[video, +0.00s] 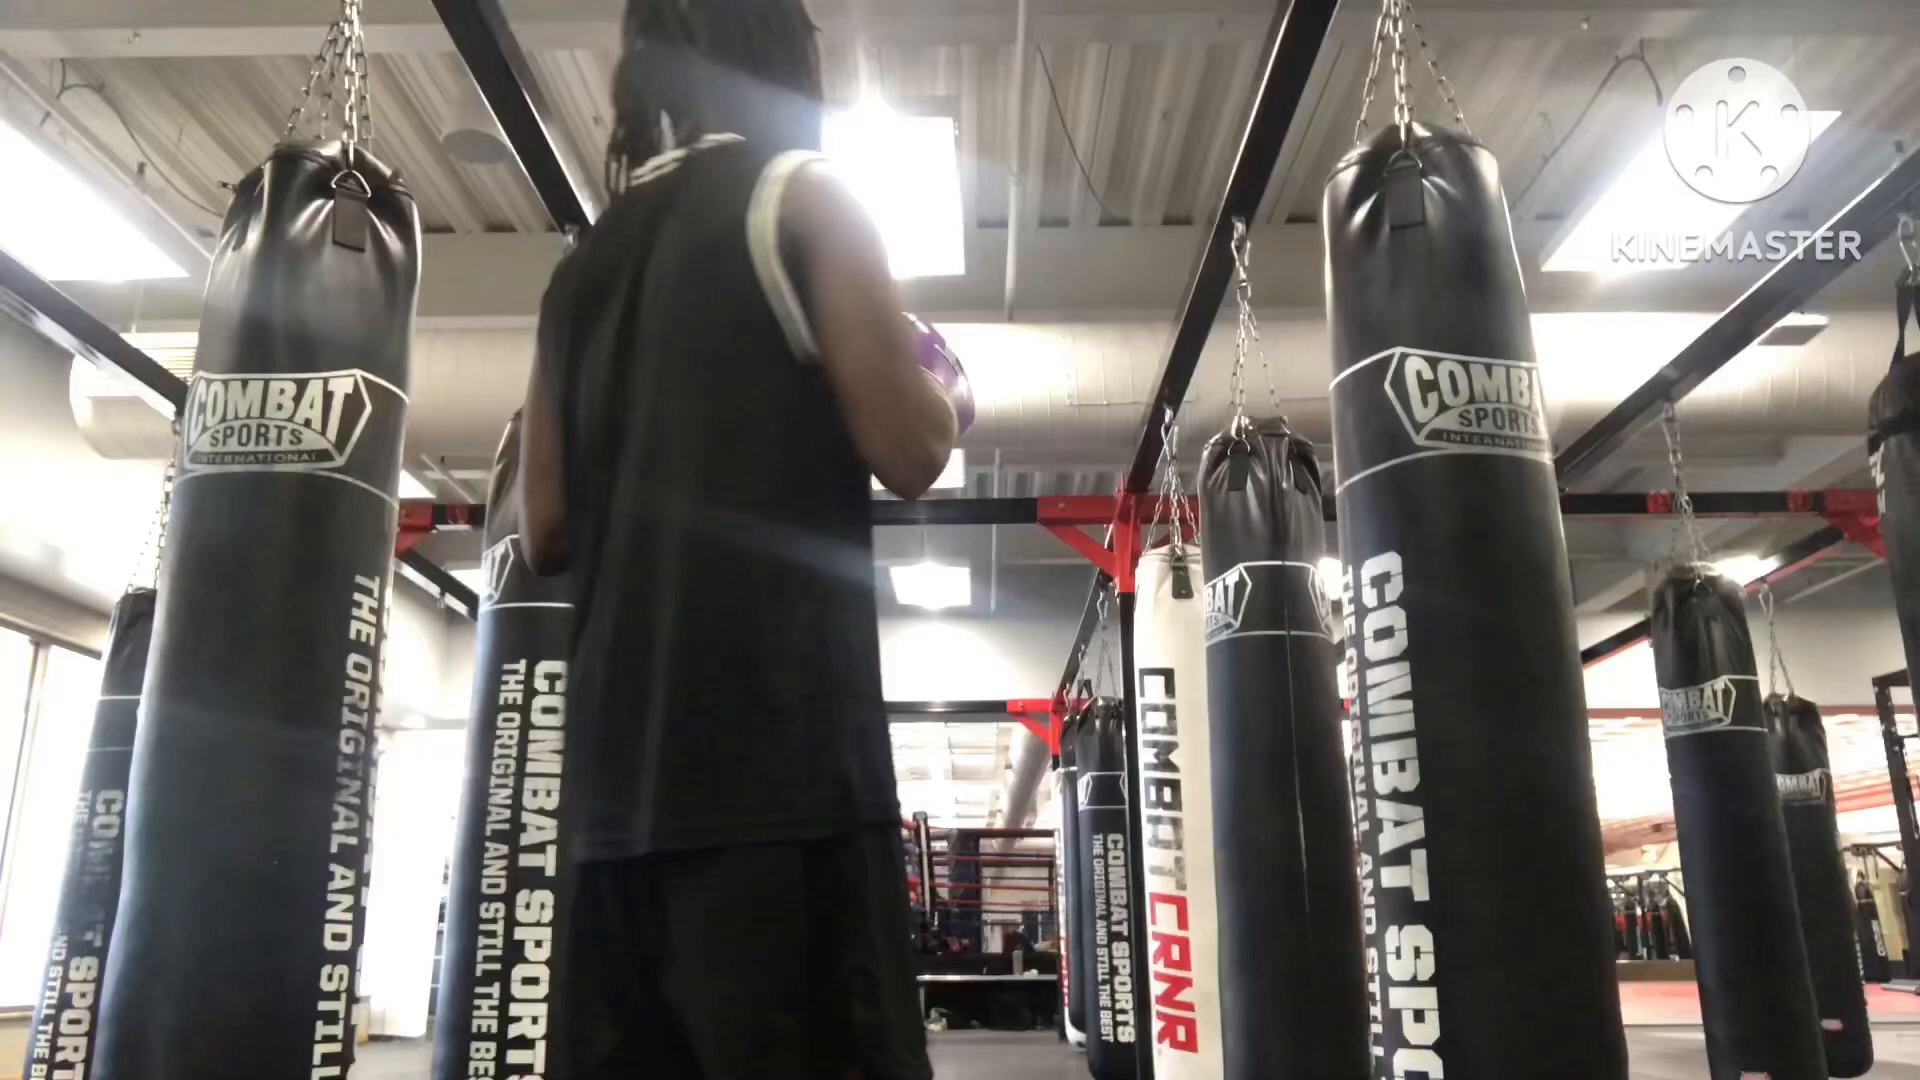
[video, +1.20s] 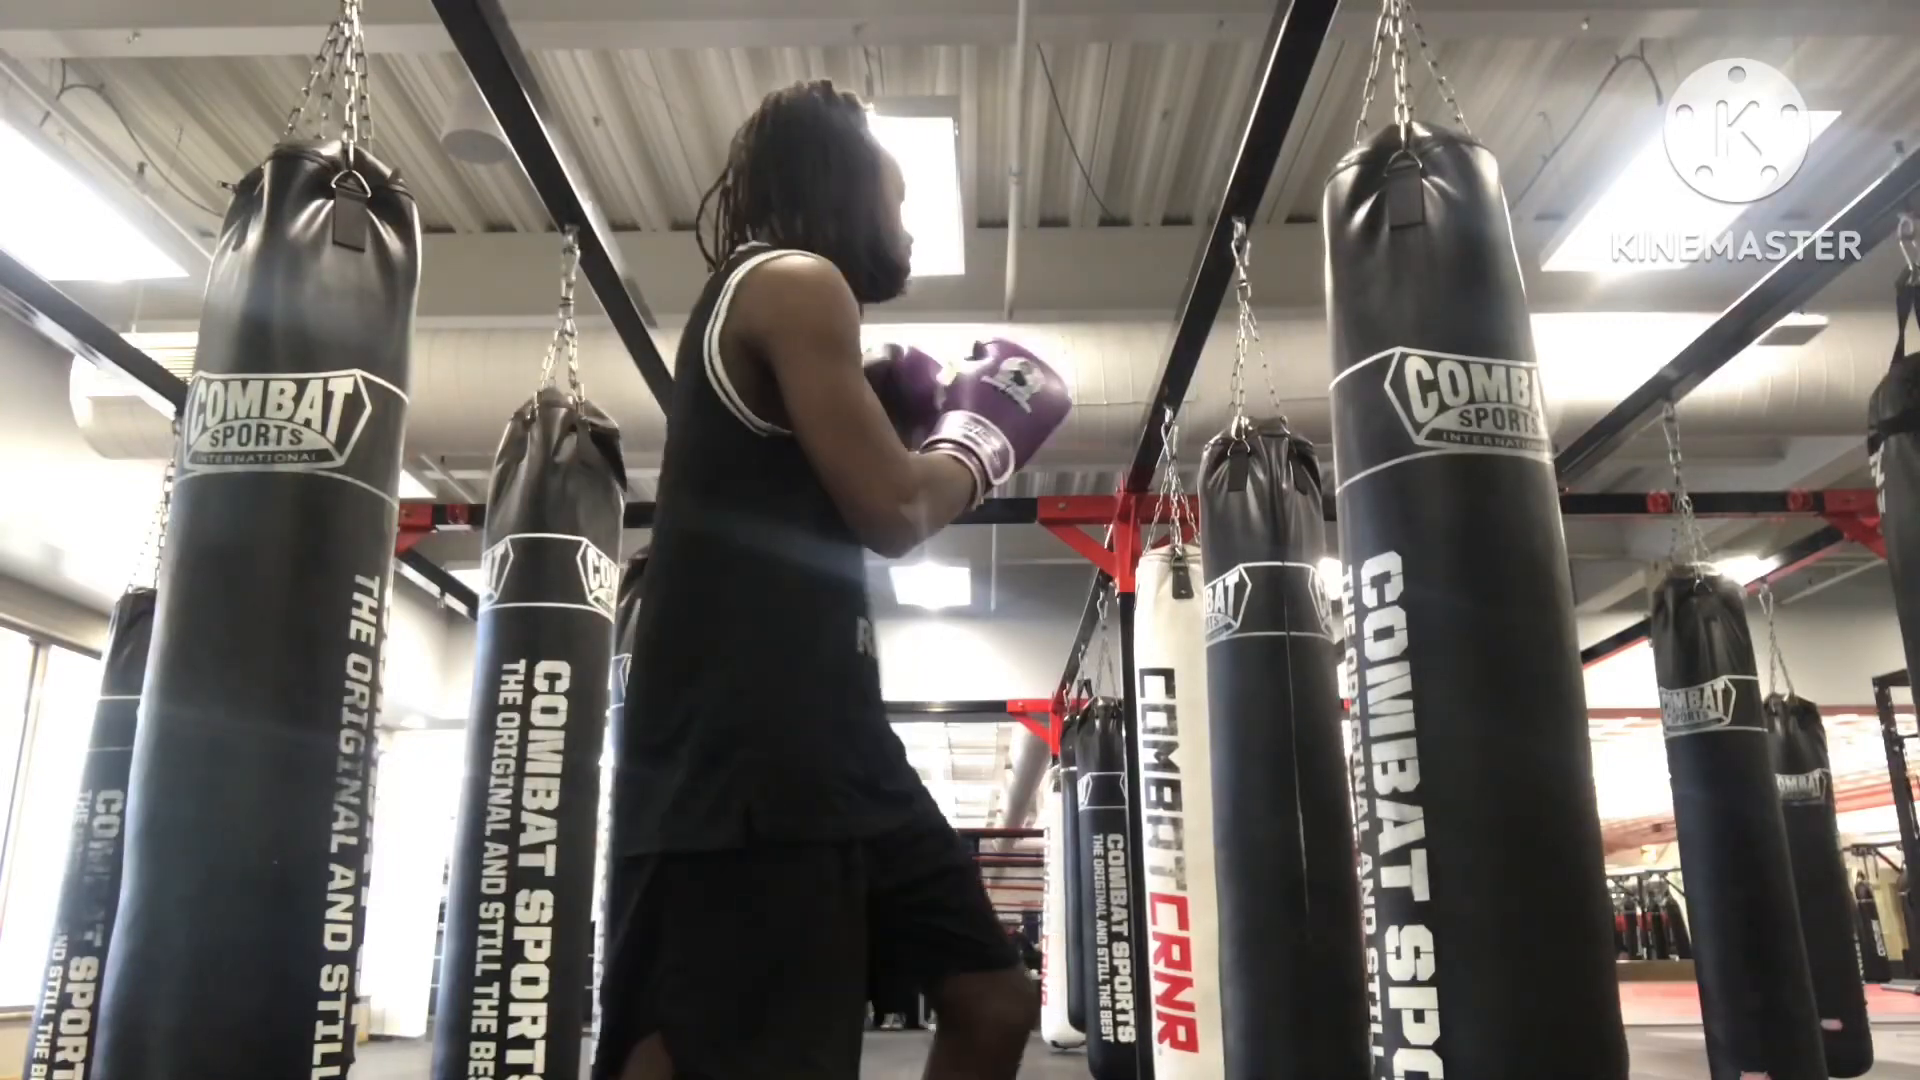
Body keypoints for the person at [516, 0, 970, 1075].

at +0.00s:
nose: (814, 79)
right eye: (800, 55)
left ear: (638, 80)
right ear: (783, 62)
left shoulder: (579, 269)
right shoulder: (798, 193)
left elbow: (547, 524)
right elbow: (913, 456)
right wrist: (940, 389)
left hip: (616, 784)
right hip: (785, 767)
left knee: (624, 1063)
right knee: (808, 1056)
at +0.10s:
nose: (833, 88)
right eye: (821, 64)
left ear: (663, 88)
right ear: (805, 73)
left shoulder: (595, 272)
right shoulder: (833, 204)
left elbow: (557, 520)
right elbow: (942, 460)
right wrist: (889, 331)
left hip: (647, 752)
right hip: (800, 739)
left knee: (662, 1054)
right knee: (826, 1049)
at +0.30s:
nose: (854, 103)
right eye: (845, 80)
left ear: (698, 106)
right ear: (827, 85)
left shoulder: (633, 292)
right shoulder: (854, 209)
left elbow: (607, 546)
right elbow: (955, 461)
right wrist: (968, 375)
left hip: (664, 766)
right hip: (813, 746)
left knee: (670, 1055)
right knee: (843, 1052)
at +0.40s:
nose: (864, 132)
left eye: (858, 114)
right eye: (856, 112)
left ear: (715, 131)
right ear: (835, 119)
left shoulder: (668, 304)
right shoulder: (847, 230)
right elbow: (940, 465)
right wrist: (980, 406)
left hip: (682, 760)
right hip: (809, 750)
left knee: (705, 1045)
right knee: (830, 1046)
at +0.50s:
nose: (873, 154)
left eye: (866, 135)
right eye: (864, 133)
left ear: (739, 151)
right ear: (837, 138)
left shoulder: (716, 296)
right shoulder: (837, 250)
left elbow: (795, 463)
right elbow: (938, 482)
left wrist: (918, 363)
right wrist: (986, 401)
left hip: (717, 746)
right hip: (809, 746)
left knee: (750, 1036)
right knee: (851, 1040)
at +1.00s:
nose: (910, 203)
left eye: (901, 180)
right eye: (894, 180)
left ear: (790, 197)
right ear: (853, 192)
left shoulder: (769, 308)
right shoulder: (815, 298)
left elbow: (923, 518)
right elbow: (911, 503)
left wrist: (973, 419)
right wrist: (981, 419)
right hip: (800, 742)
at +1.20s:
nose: (905, 197)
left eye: (897, 173)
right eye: (889, 172)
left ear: (780, 185)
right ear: (841, 181)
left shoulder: (745, 294)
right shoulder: (797, 286)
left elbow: (765, 499)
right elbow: (892, 510)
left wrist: (871, 412)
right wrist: (983, 437)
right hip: (763, 737)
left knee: (993, 999)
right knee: (677, 1042)